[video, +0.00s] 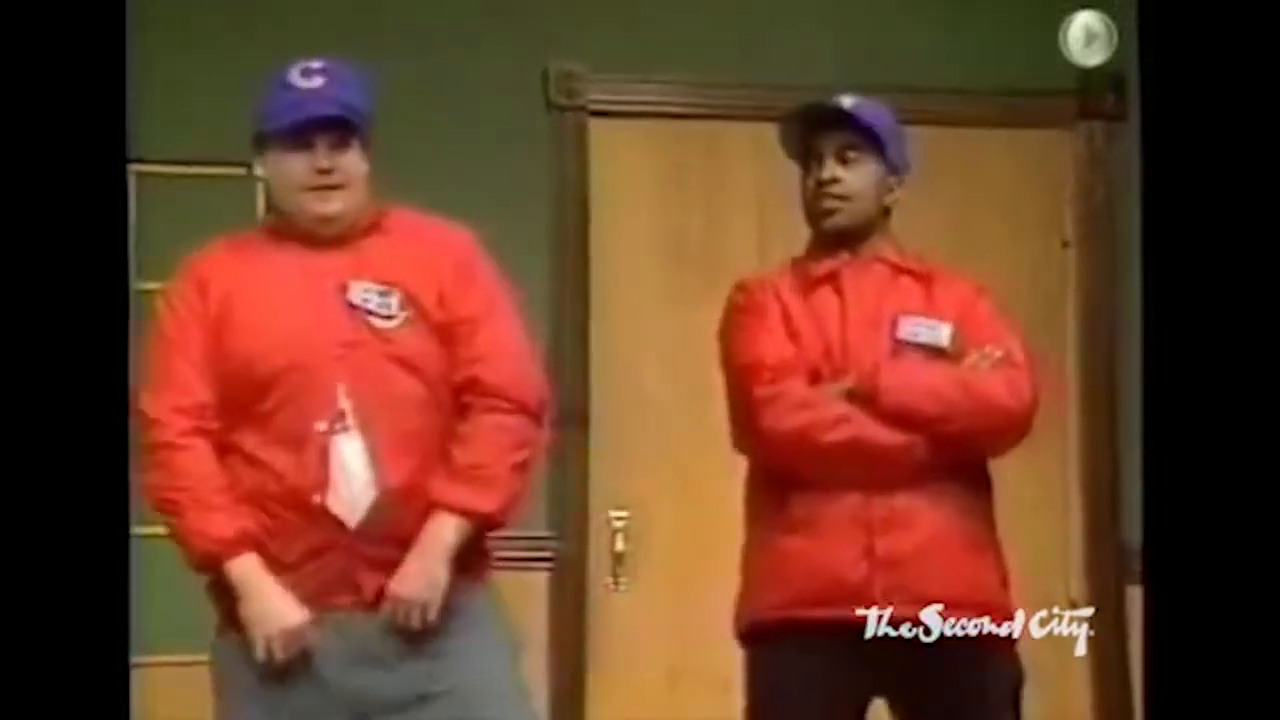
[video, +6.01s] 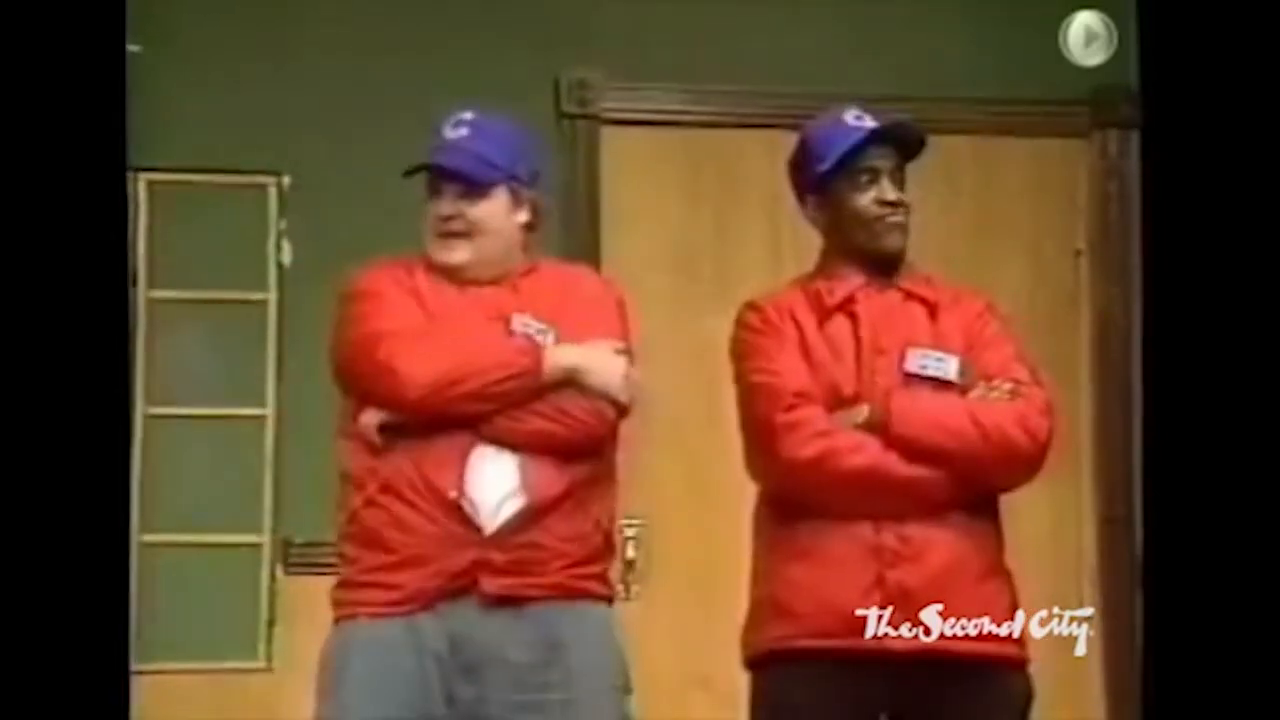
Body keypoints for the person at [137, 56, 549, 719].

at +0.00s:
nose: (324, 161)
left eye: (341, 141)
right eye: (300, 144)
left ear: (368, 154)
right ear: (263, 162)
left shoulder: (445, 256)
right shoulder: (210, 280)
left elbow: (509, 403)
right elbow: (174, 440)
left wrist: (437, 545)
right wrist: (251, 581)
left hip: (440, 622)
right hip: (277, 633)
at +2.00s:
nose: (396, 212)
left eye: (417, 196)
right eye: (375, 193)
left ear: (448, 211)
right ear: (342, 205)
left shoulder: (508, 301)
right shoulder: (282, 313)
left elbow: (566, 451)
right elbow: (245, 476)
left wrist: (491, 579)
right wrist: (357, 581)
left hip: (493, 626)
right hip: (333, 631)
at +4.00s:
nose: (554, 209)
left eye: (553, 192)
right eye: (531, 195)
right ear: (465, 209)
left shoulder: (595, 312)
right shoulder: (370, 303)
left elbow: (642, 463)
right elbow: (320, 452)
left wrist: (569, 578)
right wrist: (419, 562)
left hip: (554, 632)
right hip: (398, 632)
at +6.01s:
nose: (446, 210)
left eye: (470, 194)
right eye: (437, 193)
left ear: (525, 212)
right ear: (424, 204)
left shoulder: (584, 295)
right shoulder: (383, 286)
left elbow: (588, 420)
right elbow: (407, 381)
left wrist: (431, 406)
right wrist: (560, 364)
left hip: (553, 610)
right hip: (392, 615)